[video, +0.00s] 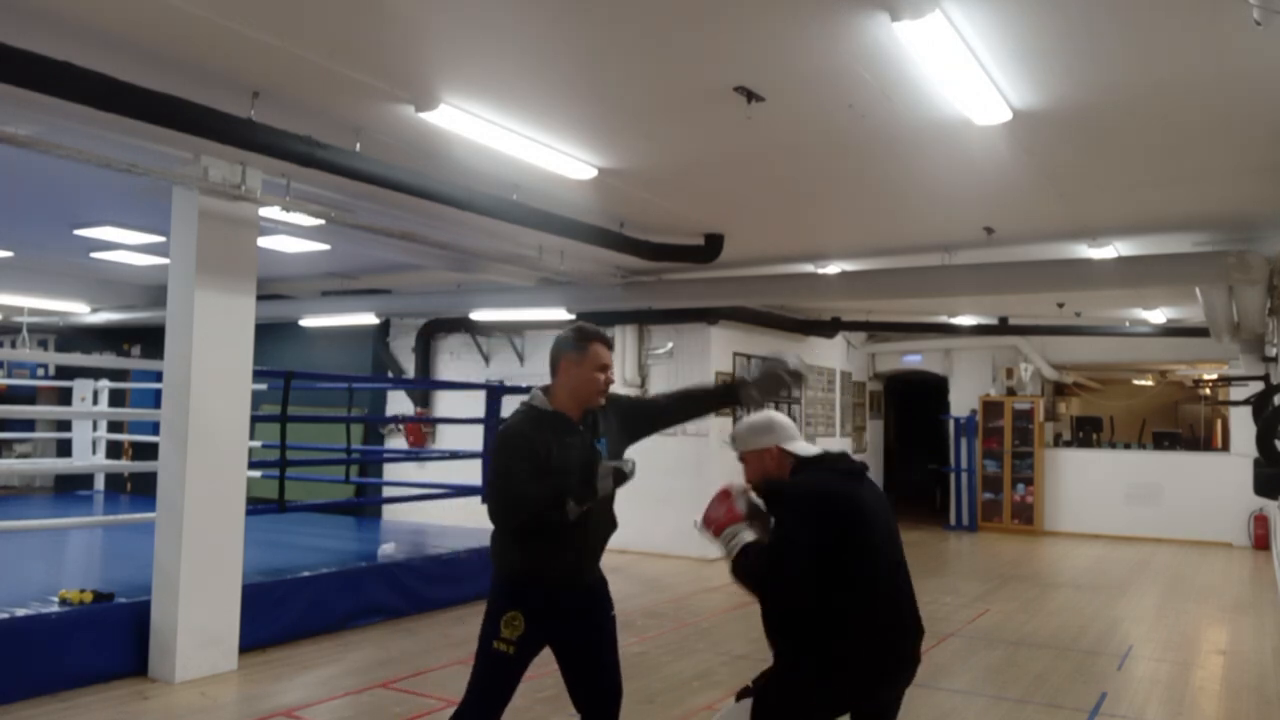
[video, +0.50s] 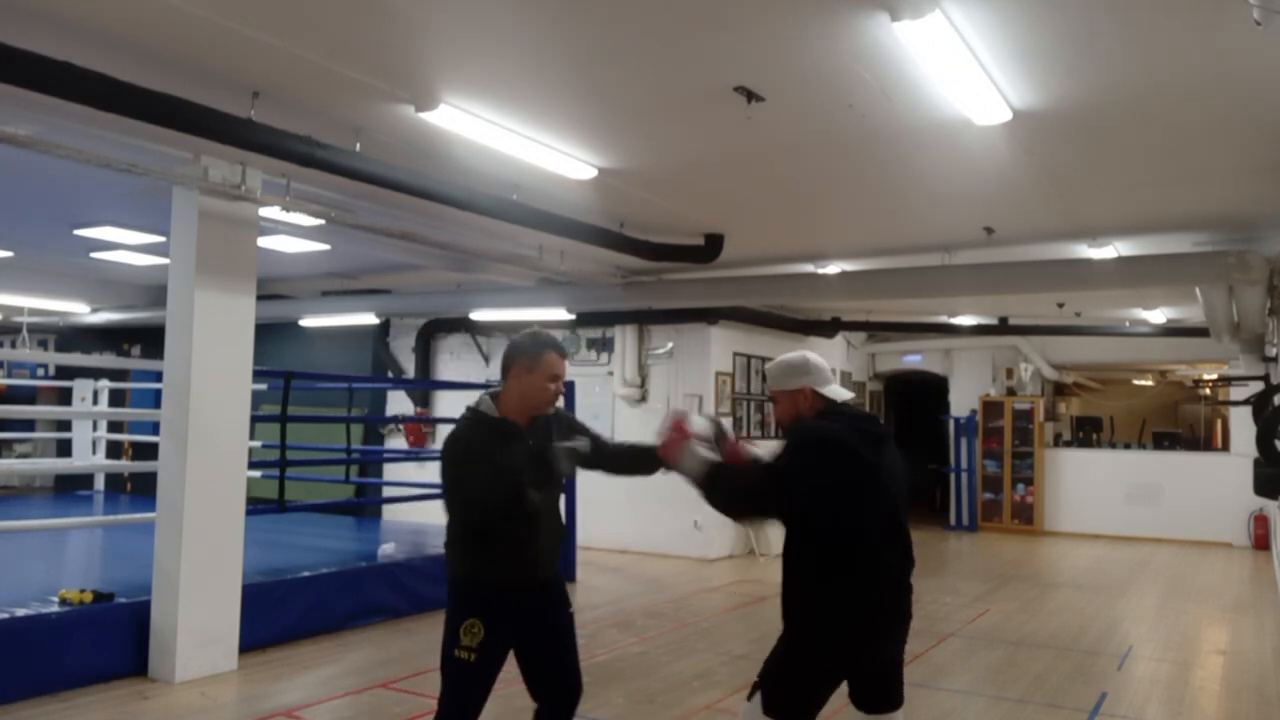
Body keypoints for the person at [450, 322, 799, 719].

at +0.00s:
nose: (610, 379)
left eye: (611, 370)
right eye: (601, 368)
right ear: (565, 367)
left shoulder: (608, 419)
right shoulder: (518, 435)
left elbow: (669, 409)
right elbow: (510, 517)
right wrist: (579, 499)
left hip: (583, 590)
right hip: (522, 592)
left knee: (602, 708)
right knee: (481, 709)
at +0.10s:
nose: (606, 383)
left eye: (607, 374)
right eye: (597, 372)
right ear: (561, 370)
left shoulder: (602, 421)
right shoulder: (518, 436)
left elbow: (648, 420)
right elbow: (514, 522)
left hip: (582, 587)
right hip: (526, 593)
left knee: (604, 706)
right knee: (488, 708)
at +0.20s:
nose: (594, 384)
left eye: (595, 374)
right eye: (584, 374)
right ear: (549, 375)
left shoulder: (589, 430)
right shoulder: (513, 431)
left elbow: (625, 484)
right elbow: (512, 512)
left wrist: (601, 504)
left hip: (575, 588)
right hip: (518, 593)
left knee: (600, 704)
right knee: (487, 708)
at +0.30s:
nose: (578, 393)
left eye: (580, 384)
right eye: (571, 382)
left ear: (543, 380)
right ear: (536, 378)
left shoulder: (562, 435)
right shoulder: (501, 434)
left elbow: (581, 496)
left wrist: (607, 533)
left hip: (558, 589)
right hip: (502, 593)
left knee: (591, 701)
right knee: (474, 709)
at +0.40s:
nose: (564, 393)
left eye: (565, 384)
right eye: (555, 383)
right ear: (519, 379)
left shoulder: (554, 434)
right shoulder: (485, 437)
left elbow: (578, 478)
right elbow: (531, 488)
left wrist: (629, 495)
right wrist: (593, 453)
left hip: (546, 592)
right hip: (487, 597)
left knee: (580, 699)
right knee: (465, 710)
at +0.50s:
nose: (560, 390)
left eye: (561, 381)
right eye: (553, 380)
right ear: (517, 374)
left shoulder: (555, 426)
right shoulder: (468, 440)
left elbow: (605, 454)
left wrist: (663, 455)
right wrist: (544, 469)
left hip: (540, 590)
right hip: (481, 594)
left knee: (561, 696)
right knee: (459, 708)